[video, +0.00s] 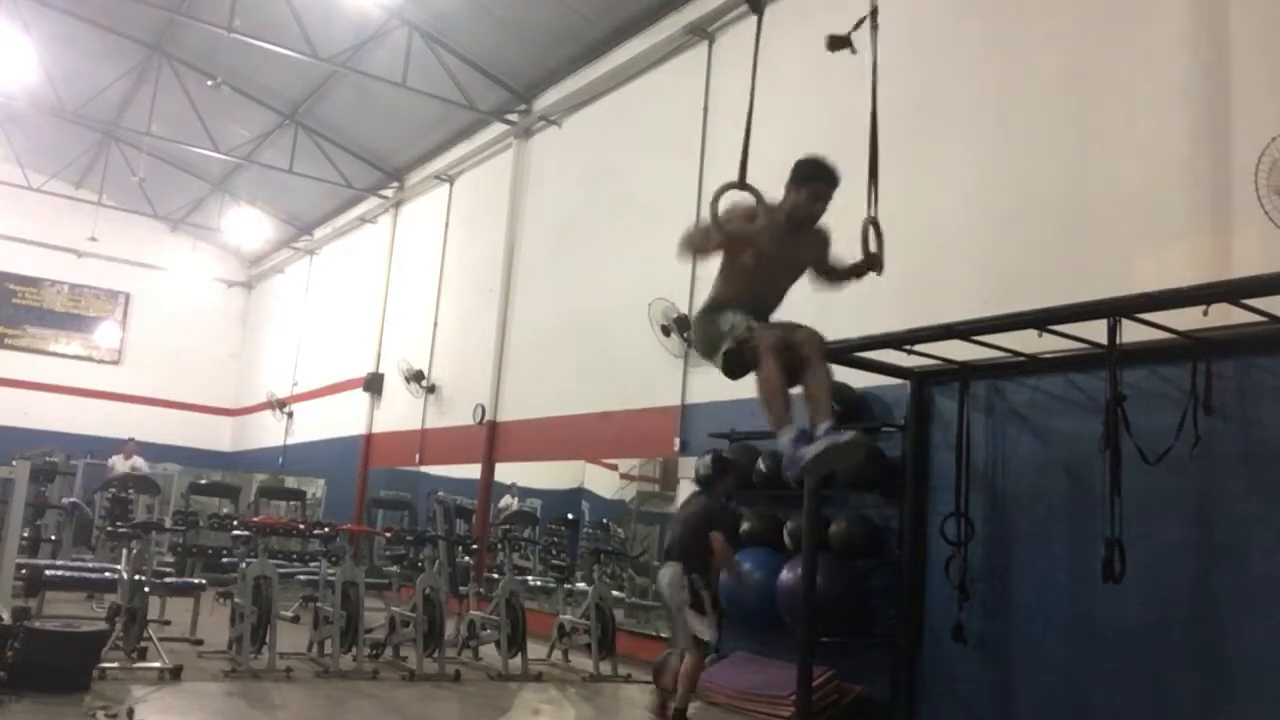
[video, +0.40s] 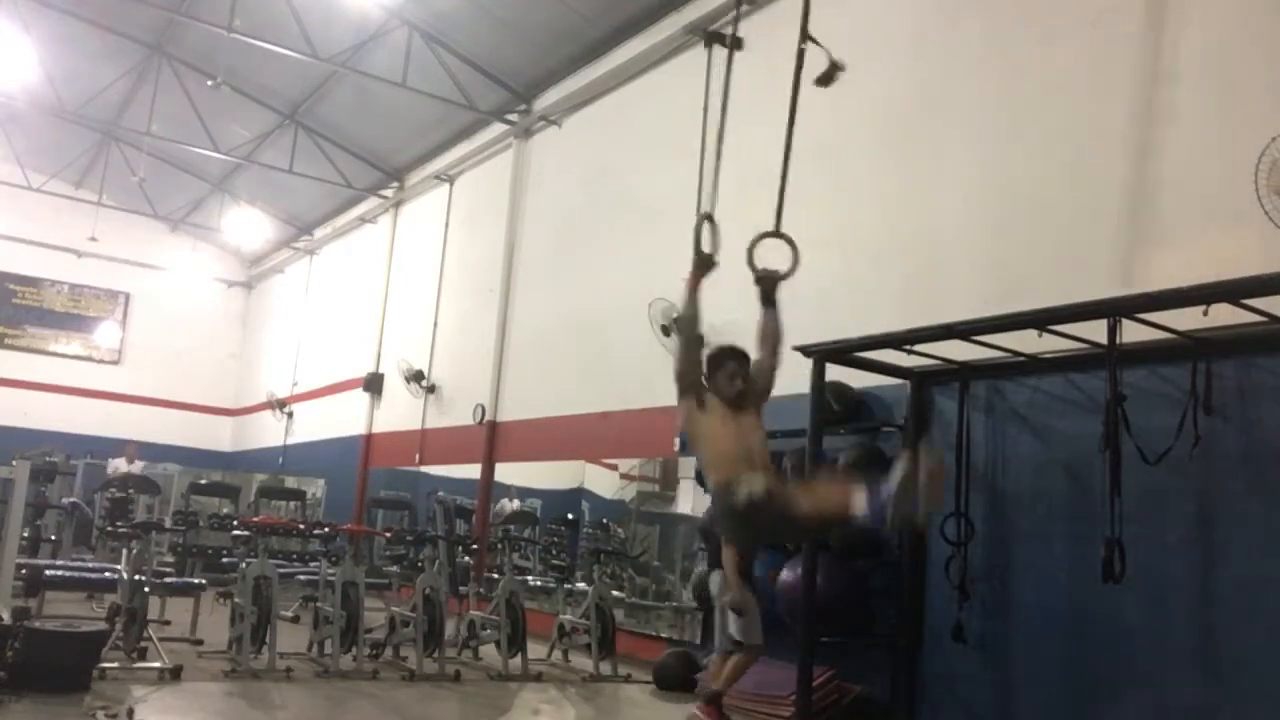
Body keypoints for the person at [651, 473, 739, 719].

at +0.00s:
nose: (734, 483)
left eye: (734, 477)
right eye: (731, 478)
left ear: (705, 478)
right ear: (723, 479)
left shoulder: (693, 501)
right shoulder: (717, 507)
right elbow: (719, 547)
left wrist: (718, 563)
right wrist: (732, 567)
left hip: (667, 569)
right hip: (685, 573)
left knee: (679, 646)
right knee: (696, 648)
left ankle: (662, 705)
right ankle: (680, 710)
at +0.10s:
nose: (743, 483)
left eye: (743, 477)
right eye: (739, 477)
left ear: (716, 480)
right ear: (724, 479)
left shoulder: (707, 501)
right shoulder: (720, 503)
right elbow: (733, 546)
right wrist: (761, 567)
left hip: (685, 571)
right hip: (695, 574)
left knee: (701, 648)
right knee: (697, 649)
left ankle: (704, 705)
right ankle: (679, 711)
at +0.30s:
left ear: (705, 482)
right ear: (722, 477)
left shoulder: (715, 507)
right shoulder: (727, 507)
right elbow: (738, 556)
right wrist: (758, 583)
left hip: (706, 574)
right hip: (719, 578)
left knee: (722, 647)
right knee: (734, 649)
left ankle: (713, 706)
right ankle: (696, 699)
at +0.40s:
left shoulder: (713, 512)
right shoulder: (727, 510)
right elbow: (728, 547)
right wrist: (735, 589)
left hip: (716, 576)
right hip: (728, 578)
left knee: (723, 648)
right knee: (750, 647)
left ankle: (712, 701)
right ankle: (713, 700)